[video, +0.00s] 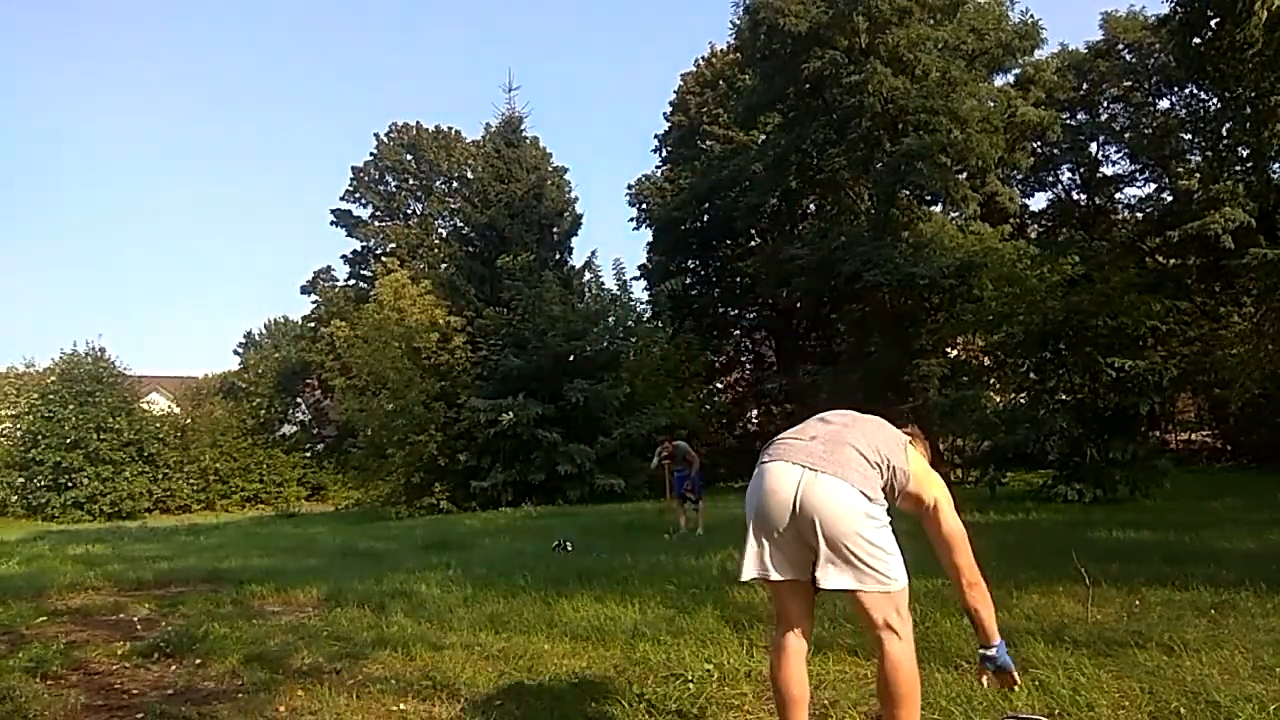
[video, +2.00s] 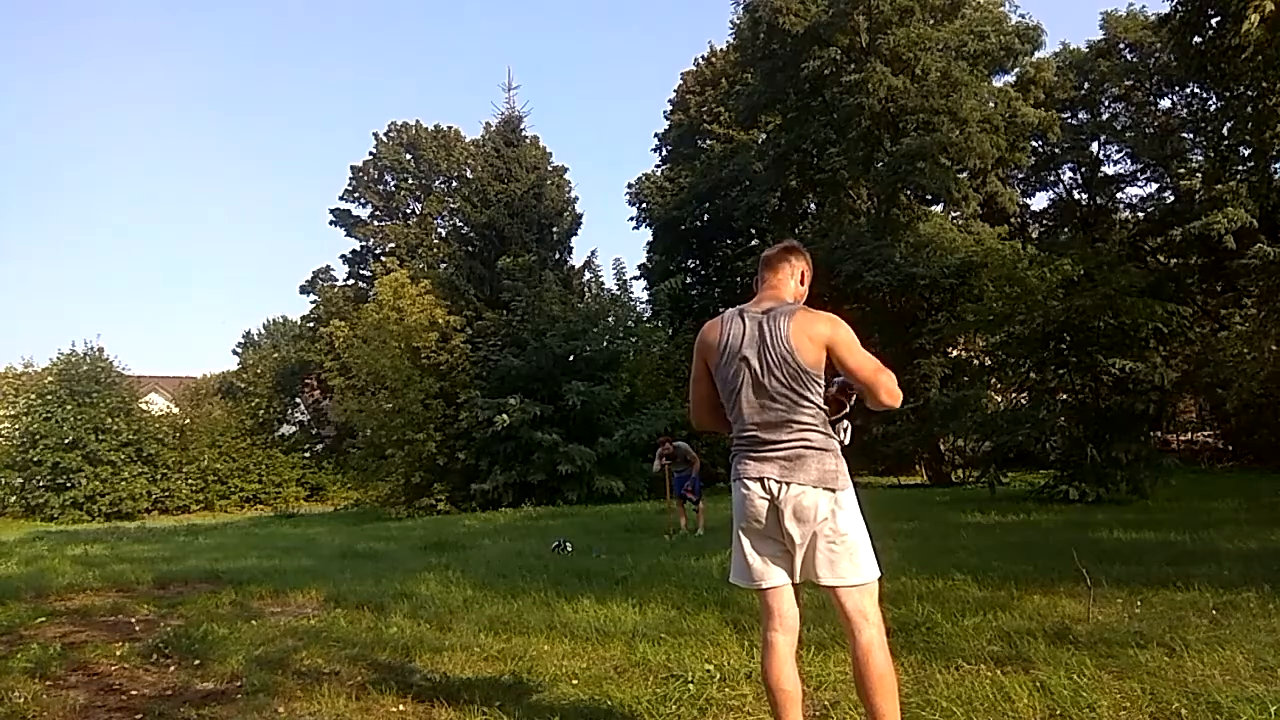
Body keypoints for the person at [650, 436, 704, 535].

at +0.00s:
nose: (666, 450)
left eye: (667, 447)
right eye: (663, 448)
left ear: (671, 444)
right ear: (661, 448)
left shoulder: (681, 446)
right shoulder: (660, 451)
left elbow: (696, 461)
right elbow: (653, 466)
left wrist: (691, 479)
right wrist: (659, 458)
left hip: (690, 471)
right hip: (677, 473)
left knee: (696, 500)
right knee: (679, 501)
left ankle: (700, 527)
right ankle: (683, 528)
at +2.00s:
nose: (666, 451)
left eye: (667, 449)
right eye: (664, 449)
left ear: (672, 445)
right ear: (661, 449)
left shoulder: (682, 447)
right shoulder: (660, 452)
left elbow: (696, 461)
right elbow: (655, 469)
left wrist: (692, 480)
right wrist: (661, 464)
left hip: (690, 472)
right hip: (677, 475)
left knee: (697, 501)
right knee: (679, 502)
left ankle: (700, 528)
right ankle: (683, 528)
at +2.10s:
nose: (666, 452)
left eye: (667, 449)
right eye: (663, 449)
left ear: (672, 445)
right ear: (661, 449)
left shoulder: (682, 447)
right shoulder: (660, 452)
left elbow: (696, 461)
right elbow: (655, 468)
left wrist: (692, 480)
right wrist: (661, 464)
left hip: (690, 472)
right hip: (677, 475)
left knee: (697, 501)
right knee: (679, 502)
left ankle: (700, 527)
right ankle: (683, 528)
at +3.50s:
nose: (666, 452)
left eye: (668, 449)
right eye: (664, 450)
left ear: (671, 445)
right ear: (661, 449)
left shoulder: (682, 447)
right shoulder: (660, 451)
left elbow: (696, 462)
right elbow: (650, 466)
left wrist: (692, 480)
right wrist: (659, 458)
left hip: (690, 473)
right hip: (677, 474)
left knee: (697, 501)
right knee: (679, 502)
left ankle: (700, 527)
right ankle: (683, 528)